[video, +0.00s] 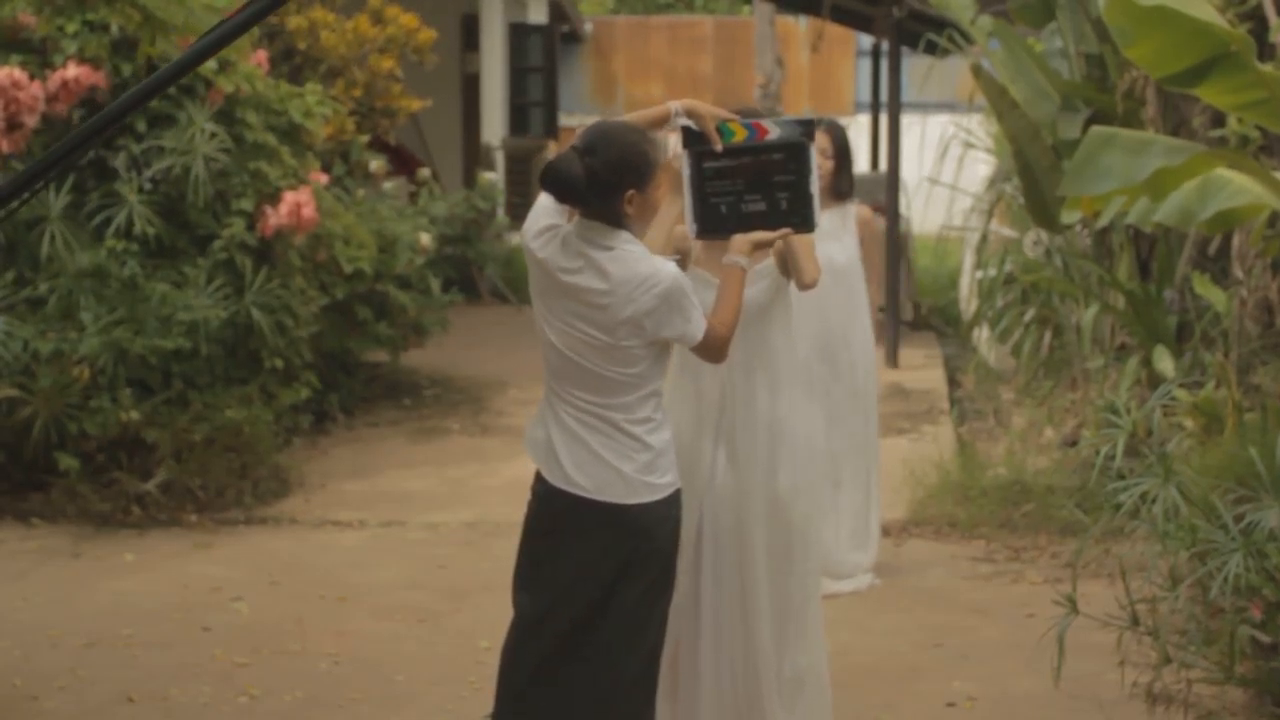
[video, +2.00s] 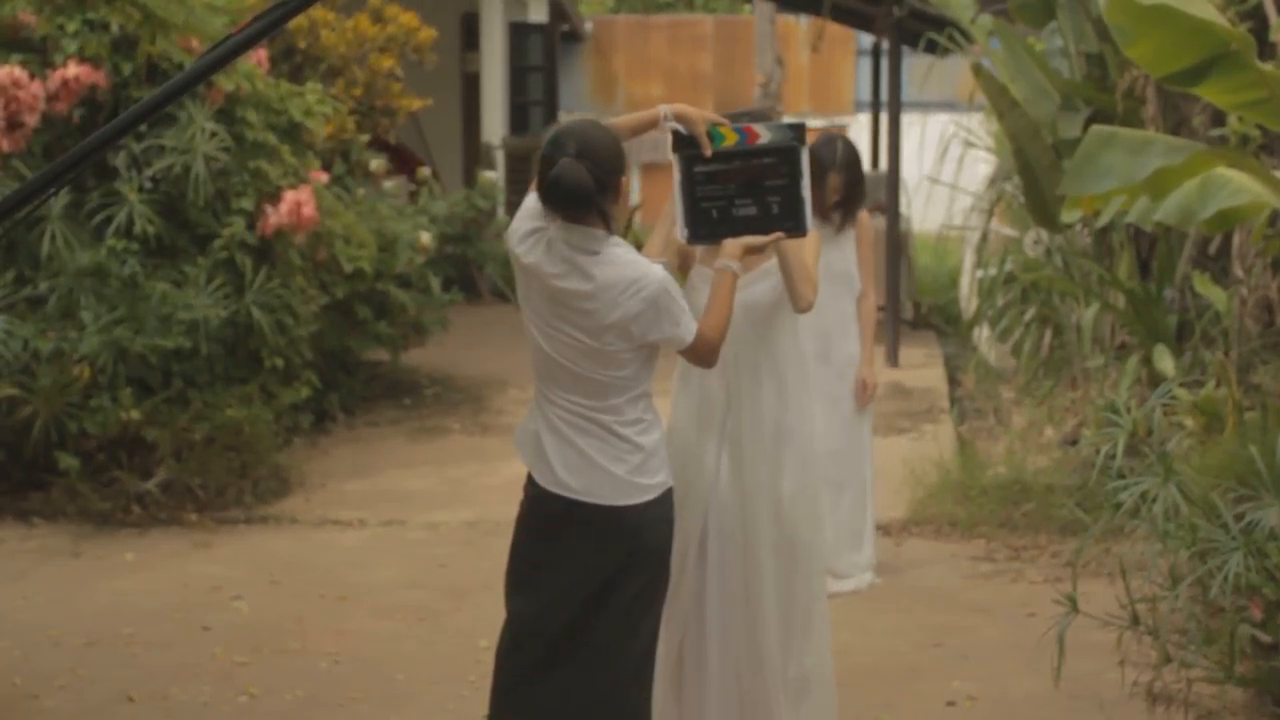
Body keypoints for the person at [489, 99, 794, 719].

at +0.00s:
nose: (667, 186)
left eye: (665, 175)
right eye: (661, 179)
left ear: (585, 190)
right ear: (631, 200)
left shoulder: (544, 235)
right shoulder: (650, 279)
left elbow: (577, 148)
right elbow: (713, 344)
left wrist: (665, 113)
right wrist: (738, 259)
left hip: (559, 484)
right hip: (638, 495)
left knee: (537, 651)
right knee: (623, 665)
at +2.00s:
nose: (630, 180)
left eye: (624, 170)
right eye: (626, 173)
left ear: (548, 179)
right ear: (618, 192)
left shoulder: (528, 241)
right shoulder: (639, 279)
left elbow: (561, 152)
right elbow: (704, 349)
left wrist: (662, 114)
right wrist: (729, 263)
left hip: (553, 487)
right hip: (632, 495)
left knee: (529, 651)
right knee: (619, 661)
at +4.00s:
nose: (623, 179)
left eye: (615, 166)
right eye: (617, 169)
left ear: (544, 181)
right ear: (607, 186)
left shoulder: (523, 243)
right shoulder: (637, 278)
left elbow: (559, 162)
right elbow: (699, 355)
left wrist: (654, 126)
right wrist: (727, 269)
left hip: (551, 488)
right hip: (629, 496)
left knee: (527, 654)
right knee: (618, 666)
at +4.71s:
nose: (631, 177)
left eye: (628, 166)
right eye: (625, 169)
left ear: (553, 181)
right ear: (607, 188)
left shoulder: (522, 242)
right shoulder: (638, 277)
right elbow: (702, 353)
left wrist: (640, 150)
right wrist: (733, 269)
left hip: (548, 488)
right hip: (626, 496)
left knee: (526, 655)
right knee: (616, 666)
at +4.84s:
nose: (632, 180)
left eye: (631, 168)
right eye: (625, 171)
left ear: (552, 179)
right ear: (602, 190)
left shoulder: (516, 242)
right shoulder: (631, 274)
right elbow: (698, 351)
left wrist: (654, 187)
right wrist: (726, 266)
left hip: (545, 488)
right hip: (623, 495)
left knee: (530, 662)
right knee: (615, 668)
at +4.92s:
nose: (632, 180)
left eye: (633, 168)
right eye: (624, 171)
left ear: (553, 181)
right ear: (591, 187)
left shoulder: (510, 237)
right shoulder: (621, 270)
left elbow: (557, 198)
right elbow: (688, 355)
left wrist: (631, 156)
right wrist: (722, 274)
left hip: (541, 485)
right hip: (618, 492)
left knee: (535, 660)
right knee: (616, 663)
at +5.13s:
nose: (622, 203)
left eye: (623, 187)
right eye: (609, 190)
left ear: (555, 192)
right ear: (559, 195)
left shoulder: (510, 230)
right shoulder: (584, 266)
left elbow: (598, 246)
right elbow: (648, 379)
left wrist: (636, 209)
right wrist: (704, 307)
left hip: (514, 477)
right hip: (573, 487)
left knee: (548, 652)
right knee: (616, 661)